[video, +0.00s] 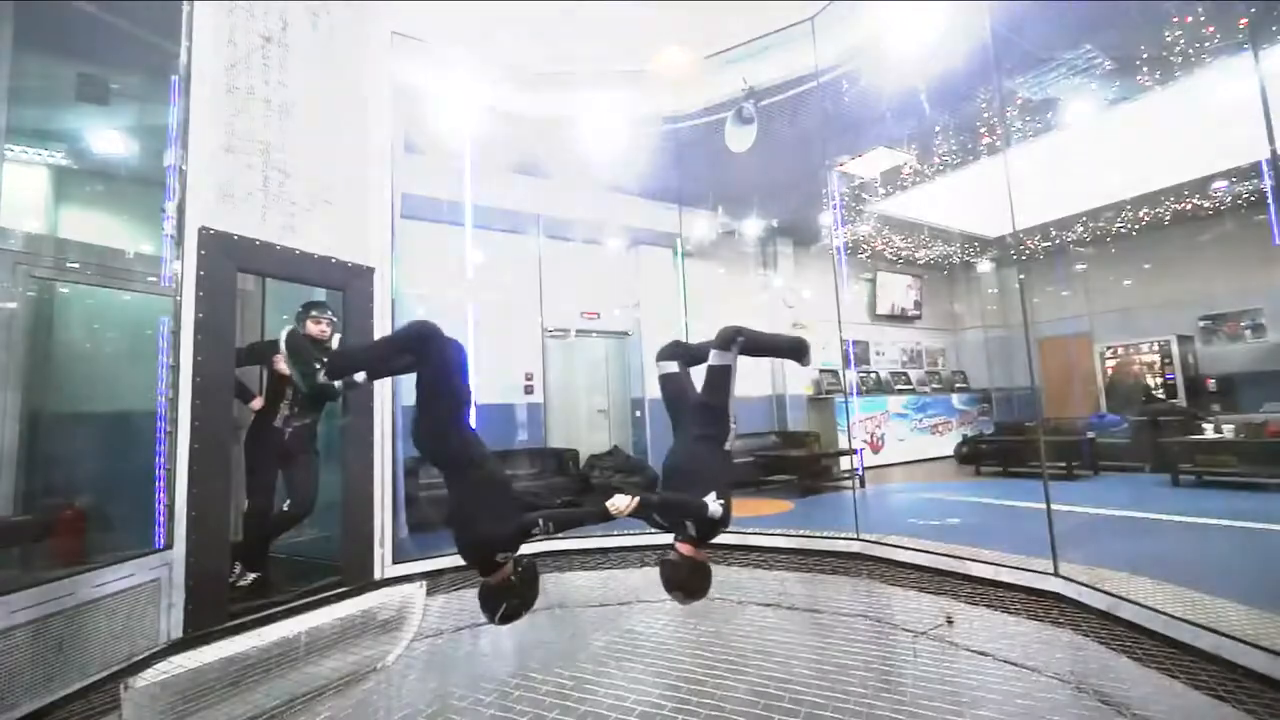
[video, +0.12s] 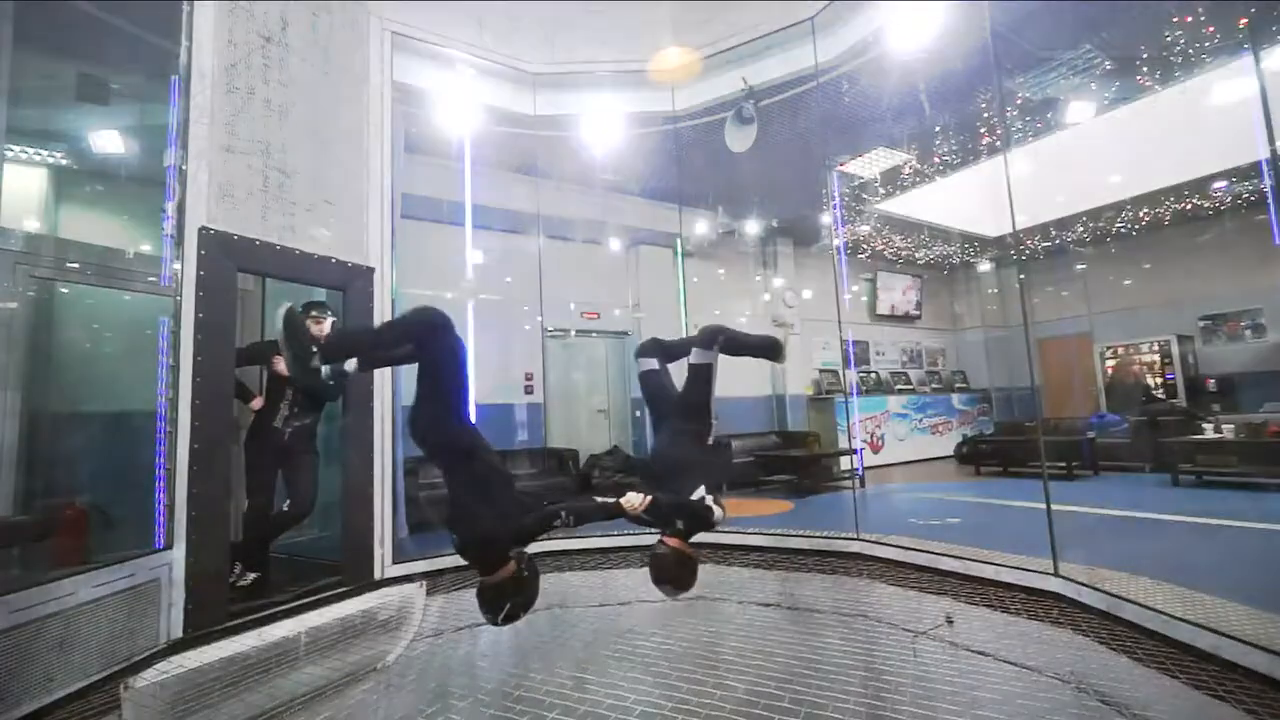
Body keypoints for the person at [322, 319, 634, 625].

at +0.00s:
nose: (498, 578)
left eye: (502, 580)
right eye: (506, 580)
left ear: (503, 577)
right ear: (509, 575)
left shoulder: (489, 548)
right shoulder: (486, 546)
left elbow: (552, 521)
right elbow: (547, 515)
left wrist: (605, 512)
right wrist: (598, 507)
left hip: (444, 439)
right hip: (450, 437)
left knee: (426, 334)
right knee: (437, 347)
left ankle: (335, 363)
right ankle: (351, 372)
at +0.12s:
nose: (488, 586)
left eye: (491, 590)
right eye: (494, 590)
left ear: (505, 575)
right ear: (510, 576)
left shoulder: (499, 540)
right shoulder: (484, 548)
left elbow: (560, 515)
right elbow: (552, 510)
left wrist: (615, 506)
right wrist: (606, 498)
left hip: (442, 435)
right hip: (448, 436)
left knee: (434, 325)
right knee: (434, 334)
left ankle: (328, 347)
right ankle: (339, 352)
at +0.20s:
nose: (490, 600)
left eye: (494, 602)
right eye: (499, 601)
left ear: (514, 574)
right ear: (517, 577)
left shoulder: (498, 543)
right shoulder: (480, 546)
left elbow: (568, 510)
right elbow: (565, 508)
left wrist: (627, 508)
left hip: (445, 423)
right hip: (441, 425)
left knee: (435, 314)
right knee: (437, 329)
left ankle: (331, 333)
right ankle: (344, 349)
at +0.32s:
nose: (502, 586)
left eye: (506, 590)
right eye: (509, 592)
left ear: (524, 573)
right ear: (524, 578)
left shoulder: (520, 541)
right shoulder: (482, 547)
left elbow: (577, 511)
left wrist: (640, 508)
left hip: (454, 422)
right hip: (444, 422)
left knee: (455, 303)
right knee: (453, 304)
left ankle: (336, 328)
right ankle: (340, 327)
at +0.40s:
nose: (509, 594)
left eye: (514, 597)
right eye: (518, 599)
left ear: (533, 572)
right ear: (533, 578)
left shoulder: (534, 536)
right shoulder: (487, 545)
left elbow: (598, 511)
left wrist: (653, 510)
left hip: (469, 419)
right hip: (444, 418)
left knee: (470, 294)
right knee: (447, 314)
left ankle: (352, 306)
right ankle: (344, 328)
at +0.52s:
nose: (545, 582)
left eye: (535, 593)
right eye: (553, 590)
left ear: (523, 582)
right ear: (564, 577)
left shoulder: (489, 537)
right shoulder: (565, 532)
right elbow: (622, 510)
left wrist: (662, 495)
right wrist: (664, 496)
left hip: (460, 413)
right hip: (508, 405)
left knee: (442, 307)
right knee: (500, 280)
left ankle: (344, 323)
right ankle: (378, 296)